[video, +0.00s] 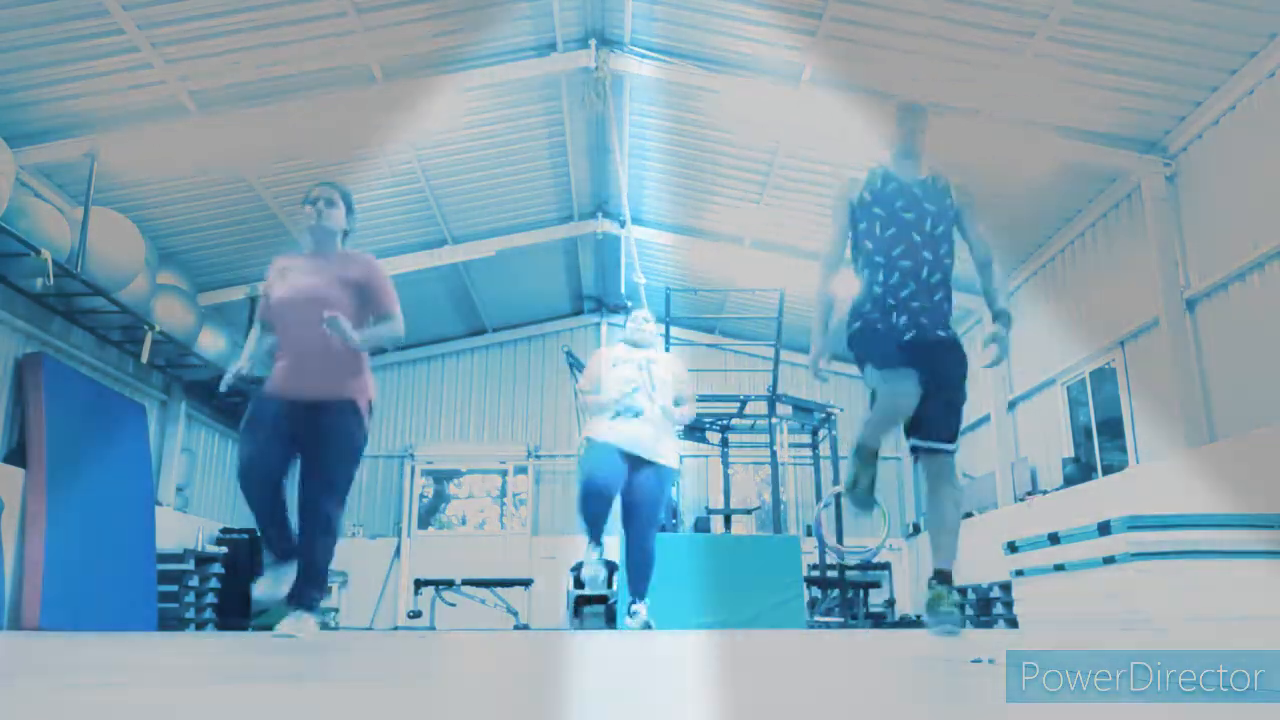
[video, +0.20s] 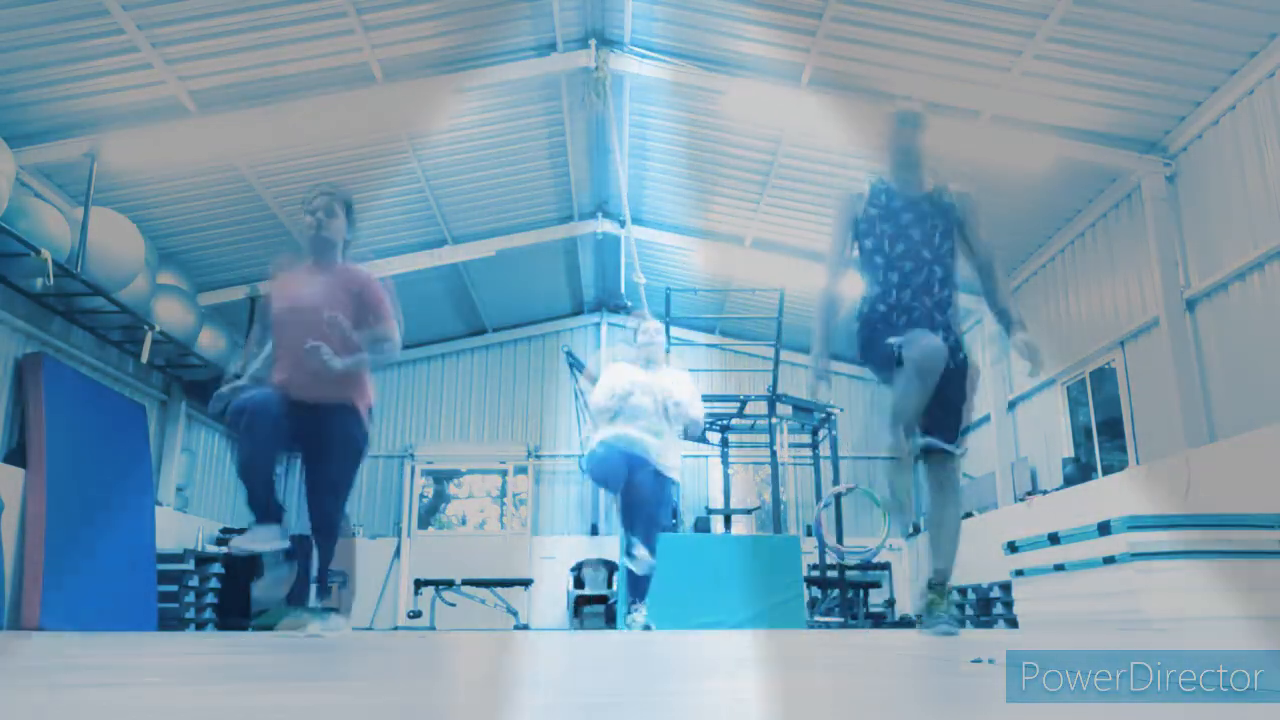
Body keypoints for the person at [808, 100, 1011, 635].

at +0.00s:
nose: (908, 136)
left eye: (916, 127)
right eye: (901, 126)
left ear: (926, 134)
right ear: (886, 134)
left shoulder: (949, 193)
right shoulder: (859, 190)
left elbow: (983, 257)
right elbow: (830, 270)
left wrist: (997, 310)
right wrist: (820, 338)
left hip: (936, 333)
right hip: (876, 326)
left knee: (939, 463)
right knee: (902, 393)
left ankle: (943, 585)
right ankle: (865, 452)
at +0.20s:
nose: (906, 139)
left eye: (913, 131)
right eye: (899, 131)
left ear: (924, 141)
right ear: (887, 141)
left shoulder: (952, 204)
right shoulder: (860, 204)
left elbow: (986, 268)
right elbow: (833, 282)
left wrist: (1014, 328)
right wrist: (820, 351)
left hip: (942, 332)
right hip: (883, 322)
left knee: (942, 465)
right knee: (931, 350)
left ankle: (937, 594)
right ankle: (898, 457)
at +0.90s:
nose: (958, 155)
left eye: (964, 146)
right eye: (948, 147)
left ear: (975, 153)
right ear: (932, 156)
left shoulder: (999, 215)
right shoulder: (911, 212)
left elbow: (1026, 290)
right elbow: (899, 296)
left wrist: (1057, 365)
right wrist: (931, 346)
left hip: (997, 345)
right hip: (943, 353)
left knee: (1056, 360)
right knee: (962, 477)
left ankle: (1014, 441)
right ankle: (957, 598)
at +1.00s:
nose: (972, 136)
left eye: (980, 128)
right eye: (966, 127)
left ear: (988, 137)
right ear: (953, 134)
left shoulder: (1012, 202)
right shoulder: (925, 197)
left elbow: (1038, 269)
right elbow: (903, 266)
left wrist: (1061, 328)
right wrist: (927, 327)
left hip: (1010, 334)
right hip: (953, 340)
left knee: (1067, 376)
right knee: (958, 467)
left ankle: (1044, 497)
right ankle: (958, 595)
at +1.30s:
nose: (1030, 158)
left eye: (1039, 150)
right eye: (1022, 148)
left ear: (1050, 163)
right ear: (1005, 158)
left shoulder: (1065, 230)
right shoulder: (977, 214)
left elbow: (1092, 306)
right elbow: (951, 290)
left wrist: (1123, 370)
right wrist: (966, 362)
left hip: (1064, 372)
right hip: (1000, 371)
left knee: (1115, 470)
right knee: (972, 488)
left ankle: (1102, 600)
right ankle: (931, 592)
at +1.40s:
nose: (1036, 138)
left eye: (1044, 130)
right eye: (1028, 127)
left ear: (1054, 139)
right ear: (1009, 135)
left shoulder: (1079, 197)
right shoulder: (983, 194)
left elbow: (1100, 272)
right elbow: (955, 270)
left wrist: (1118, 340)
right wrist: (969, 335)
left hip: (1073, 349)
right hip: (1008, 349)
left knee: (1099, 469)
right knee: (1008, 458)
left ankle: (1102, 598)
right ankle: (956, 550)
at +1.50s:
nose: (1040, 135)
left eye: (1048, 127)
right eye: (1032, 125)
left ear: (1058, 133)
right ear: (1015, 129)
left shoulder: (1085, 186)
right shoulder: (984, 188)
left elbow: (1112, 265)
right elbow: (962, 261)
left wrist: (1125, 333)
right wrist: (966, 326)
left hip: (1078, 330)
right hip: (1015, 326)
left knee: (1091, 467)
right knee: (1047, 405)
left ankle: (1097, 592)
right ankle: (990, 490)